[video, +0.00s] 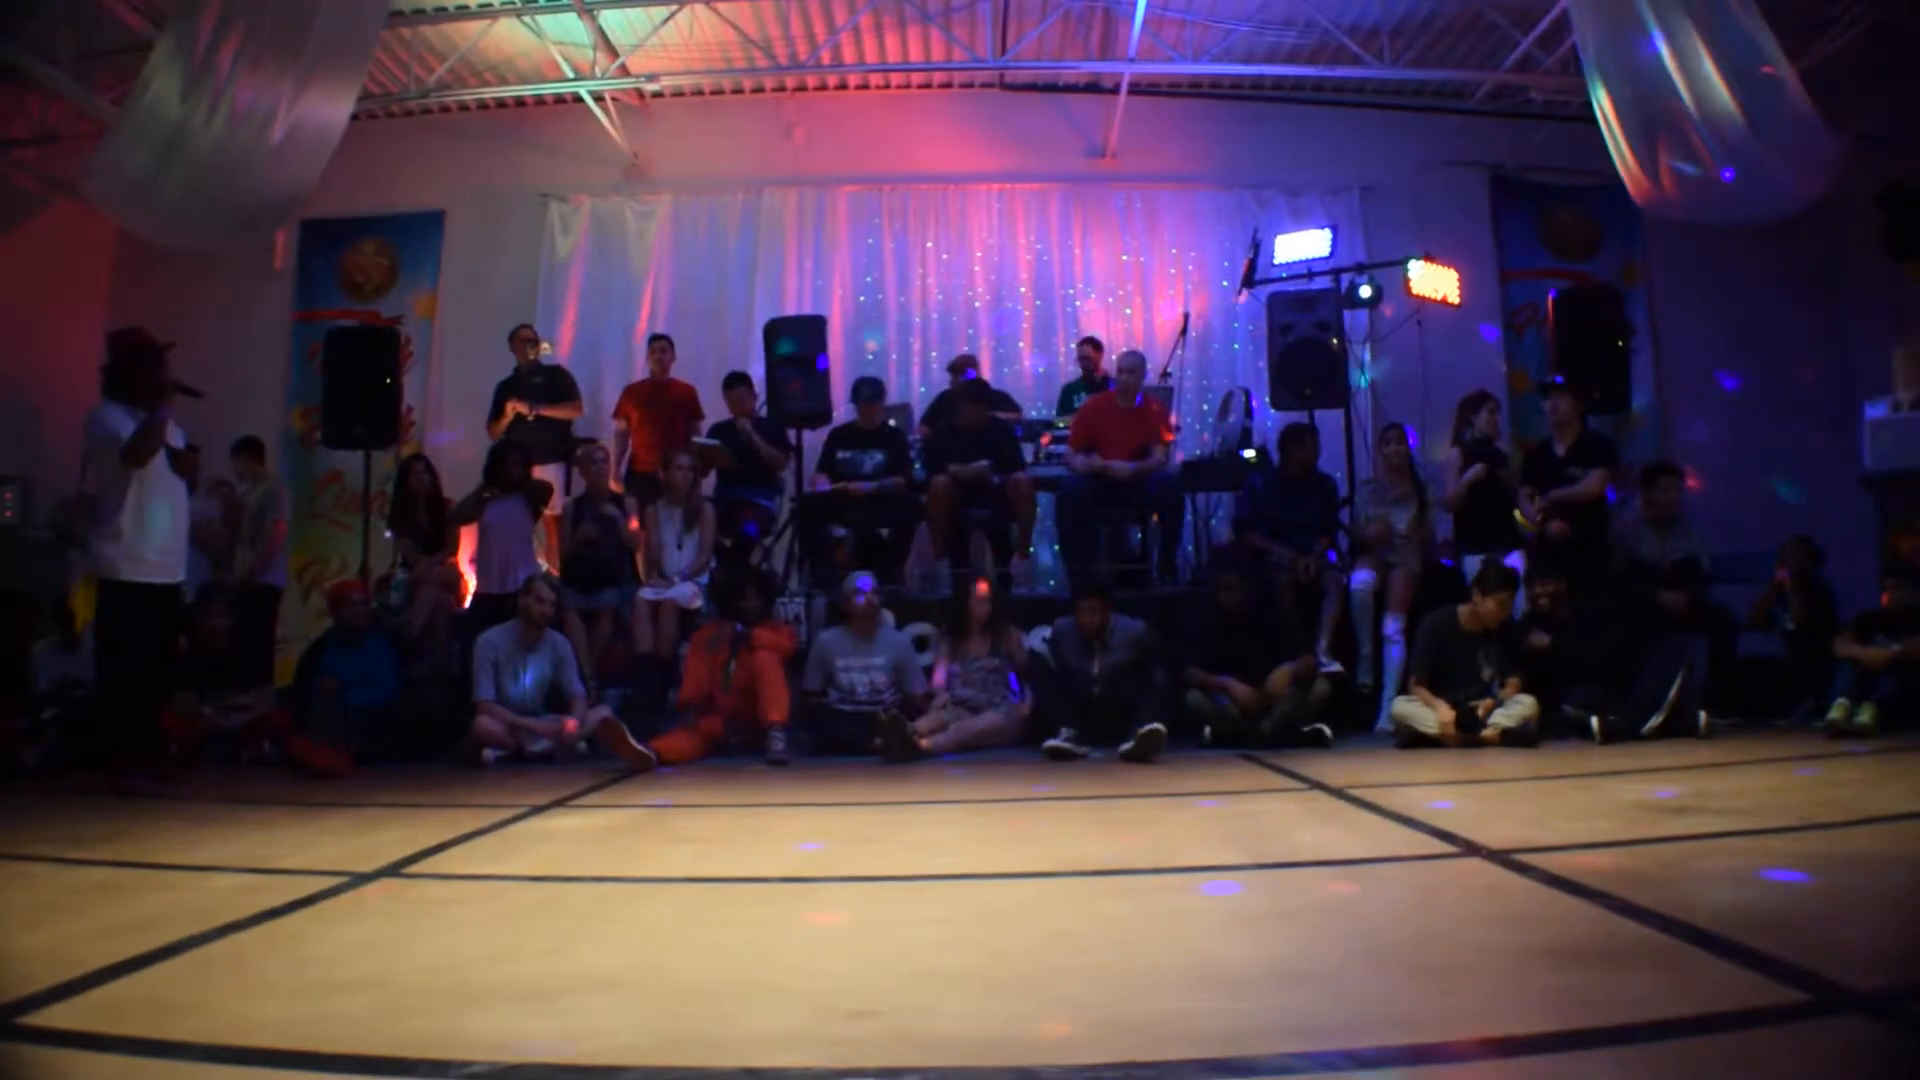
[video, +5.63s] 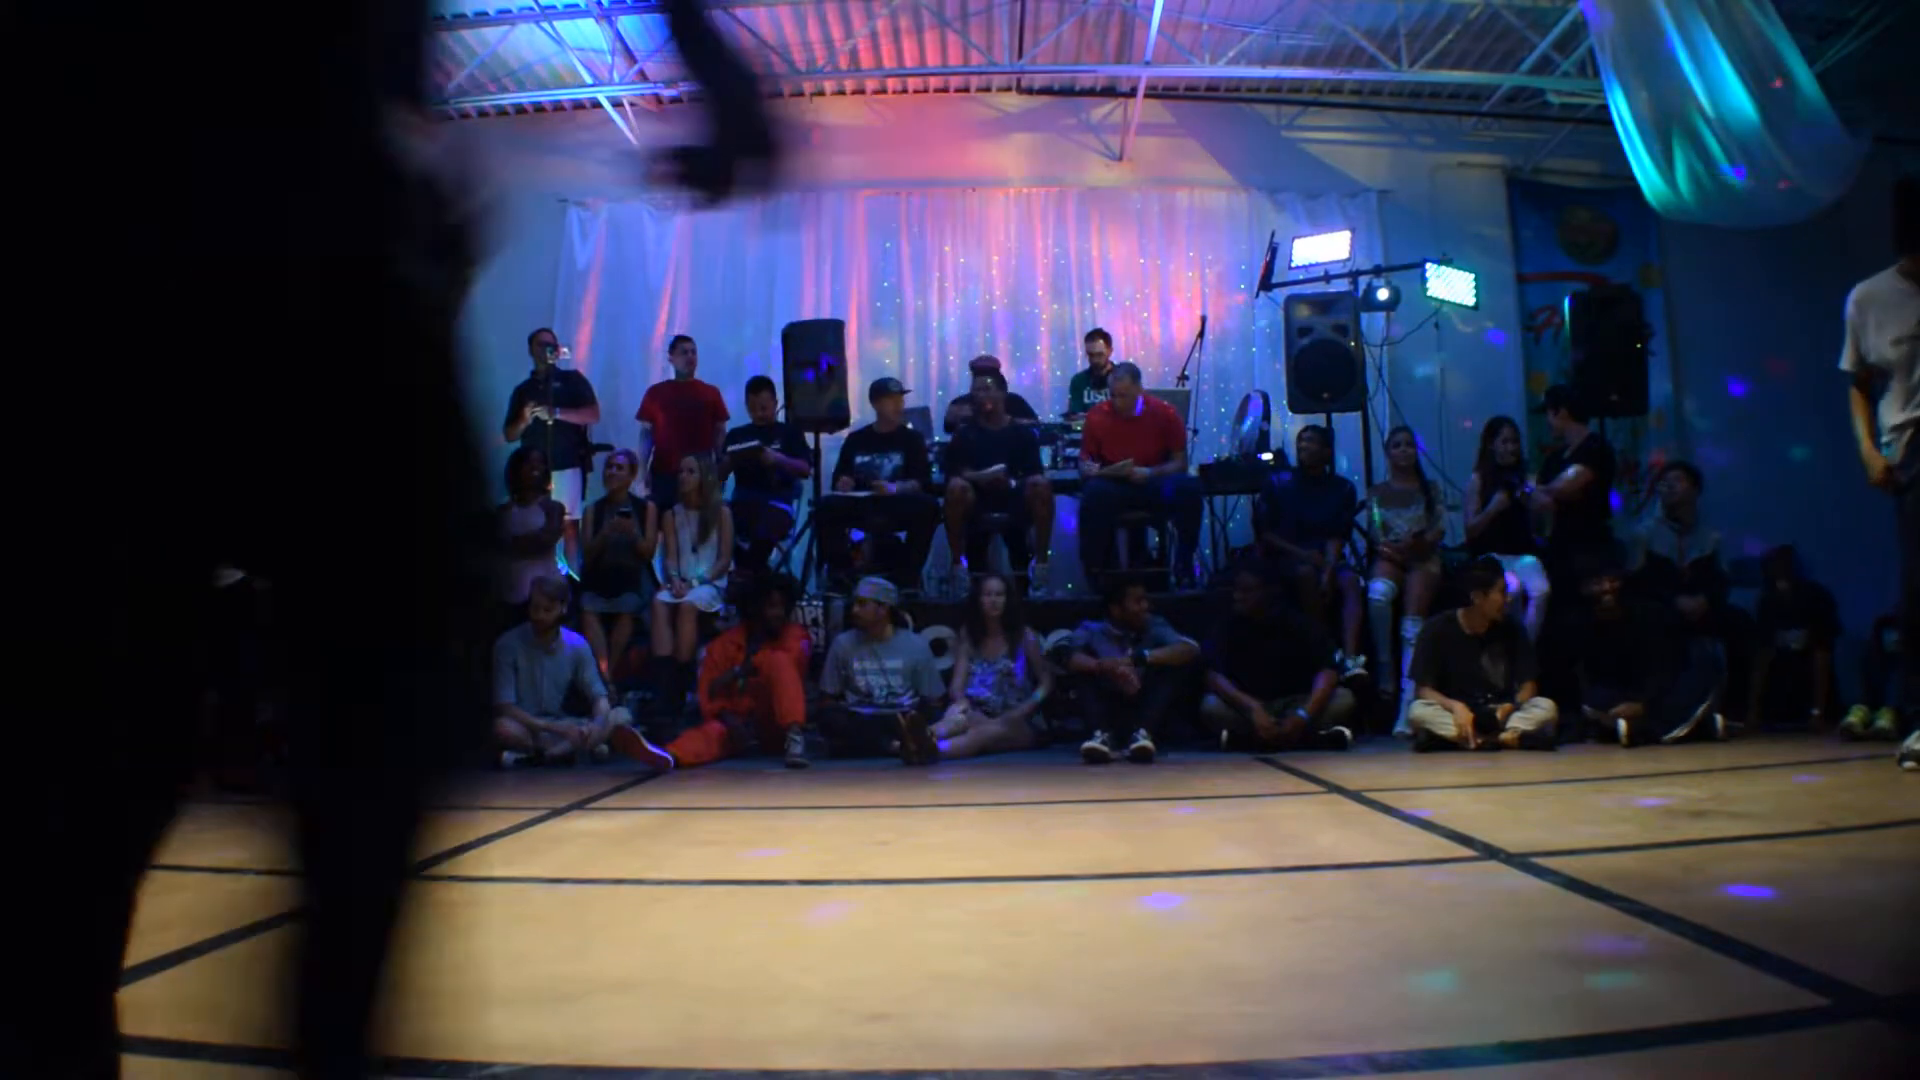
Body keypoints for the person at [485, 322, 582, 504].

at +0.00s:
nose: (529, 346)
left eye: (533, 341)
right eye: (523, 341)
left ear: (539, 345)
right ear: (512, 347)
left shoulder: (557, 374)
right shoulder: (506, 386)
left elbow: (576, 409)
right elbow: (494, 432)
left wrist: (538, 410)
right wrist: (508, 414)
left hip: (552, 460)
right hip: (517, 462)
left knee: (552, 519)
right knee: (520, 520)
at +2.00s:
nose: (549, 352)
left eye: (552, 346)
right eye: (543, 348)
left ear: (560, 350)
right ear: (533, 353)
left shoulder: (577, 380)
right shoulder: (526, 391)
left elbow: (594, 415)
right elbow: (514, 436)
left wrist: (558, 414)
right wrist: (527, 421)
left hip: (571, 463)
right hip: (538, 465)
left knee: (573, 523)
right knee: (538, 522)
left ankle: (575, 576)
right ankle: (540, 579)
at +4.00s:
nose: (550, 351)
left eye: (554, 347)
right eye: (544, 347)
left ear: (560, 351)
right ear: (534, 352)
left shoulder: (576, 380)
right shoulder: (526, 390)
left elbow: (594, 415)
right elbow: (512, 435)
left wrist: (557, 414)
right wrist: (526, 421)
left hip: (570, 464)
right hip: (537, 466)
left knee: (569, 525)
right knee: (535, 524)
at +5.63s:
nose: (549, 350)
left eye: (553, 346)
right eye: (543, 346)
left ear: (559, 351)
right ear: (531, 351)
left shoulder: (573, 379)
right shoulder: (523, 389)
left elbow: (592, 414)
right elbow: (510, 435)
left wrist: (556, 413)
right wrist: (524, 420)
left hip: (568, 463)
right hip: (535, 465)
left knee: (569, 524)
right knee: (536, 522)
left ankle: (572, 577)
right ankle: (539, 580)